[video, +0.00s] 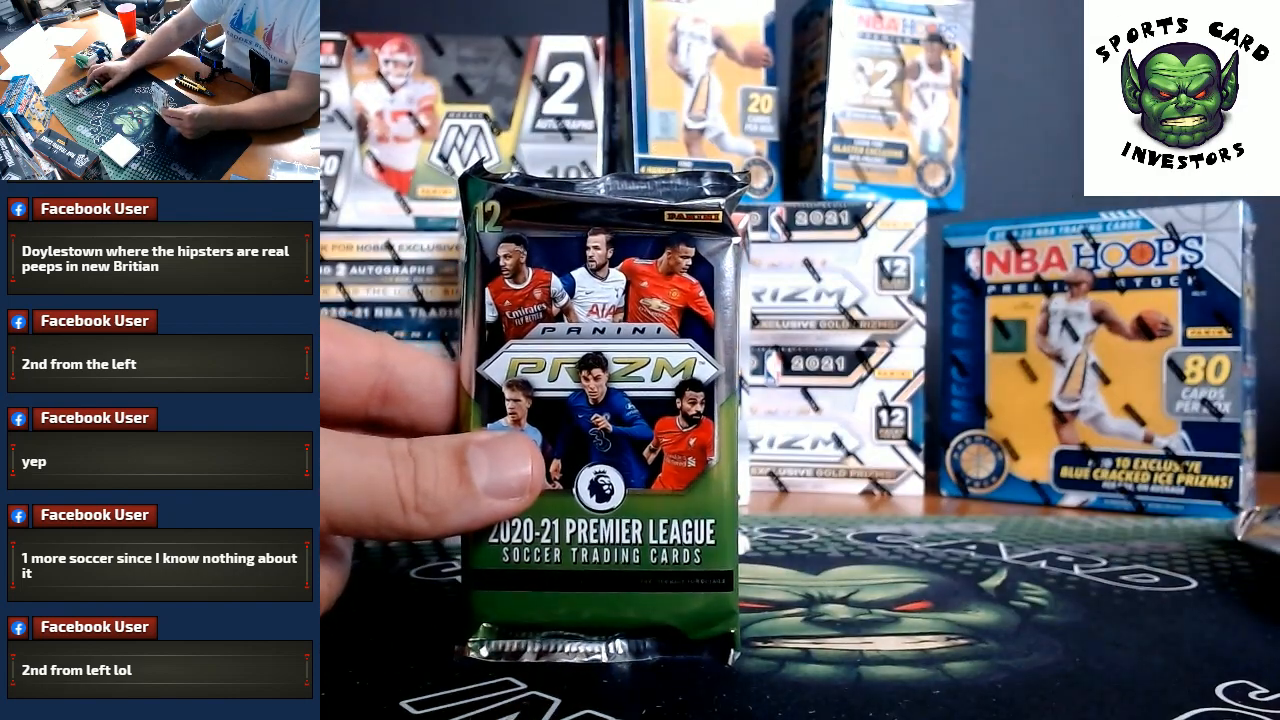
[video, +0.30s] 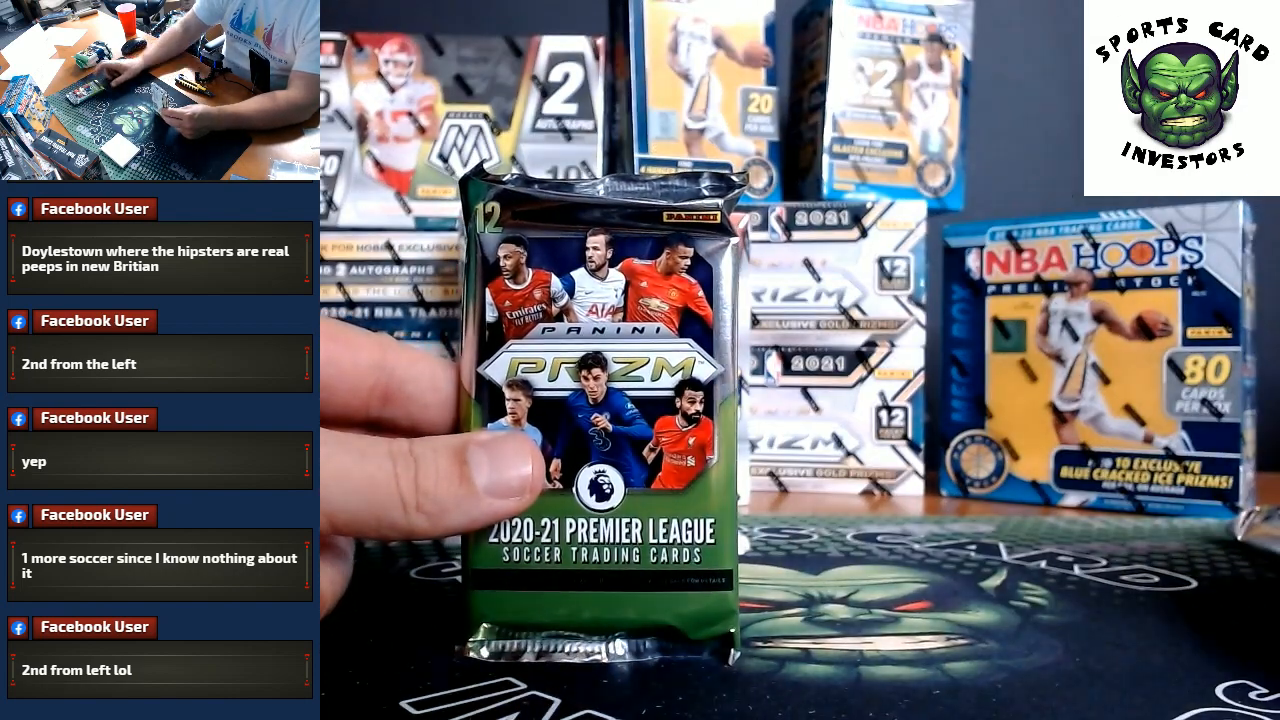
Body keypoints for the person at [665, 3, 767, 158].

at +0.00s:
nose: (695, 11)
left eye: (698, 8)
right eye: (690, 7)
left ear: (704, 8)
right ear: (685, 7)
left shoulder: (712, 31)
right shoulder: (679, 25)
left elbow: (734, 54)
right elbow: (671, 53)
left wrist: (756, 59)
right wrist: (678, 70)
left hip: (706, 84)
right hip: (691, 85)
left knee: (692, 139)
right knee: (724, 142)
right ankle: (756, 152)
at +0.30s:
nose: (695, 12)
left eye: (699, 9)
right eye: (691, 8)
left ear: (704, 9)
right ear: (685, 7)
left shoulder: (712, 31)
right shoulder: (679, 25)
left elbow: (734, 54)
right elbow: (671, 53)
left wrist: (757, 59)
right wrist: (678, 70)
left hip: (706, 84)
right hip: (691, 85)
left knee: (692, 138)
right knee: (724, 142)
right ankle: (757, 152)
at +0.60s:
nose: (694, 11)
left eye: (697, 8)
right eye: (689, 7)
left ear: (703, 8)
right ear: (684, 6)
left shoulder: (712, 31)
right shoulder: (679, 25)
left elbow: (734, 54)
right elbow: (671, 53)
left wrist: (757, 59)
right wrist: (678, 70)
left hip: (706, 84)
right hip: (692, 85)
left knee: (692, 138)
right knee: (724, 142)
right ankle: (757, 152)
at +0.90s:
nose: (694, 11)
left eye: (697, 7)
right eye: (688, 7)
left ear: (702, 8)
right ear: (683, 6)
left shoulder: (712, 31)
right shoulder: (679, 25)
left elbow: (734, 54)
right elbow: (671, 53)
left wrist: (756, 59)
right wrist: (678, 70)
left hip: (706, 84)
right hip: (692, 85)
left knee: (692, 138)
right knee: (724, 142)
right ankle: (758, 152)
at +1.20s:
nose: (695, 12)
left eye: (698, 9)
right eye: (690, 8)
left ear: (703, 9)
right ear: (684, 7)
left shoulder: (712, 31)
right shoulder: (678, 25)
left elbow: (734, 54)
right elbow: (671, 53)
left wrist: (757, 59)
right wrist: (678, 70)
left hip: (706, 84)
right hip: (691, 85)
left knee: (692, 138)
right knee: (724, 142)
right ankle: (757, 152)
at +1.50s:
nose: (695, 11)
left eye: (698, 8)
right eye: (690, 7)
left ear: (703, 8)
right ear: (684, 6)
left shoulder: (712, 30)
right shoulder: (679, 25)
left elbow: (734, 54)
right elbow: (671, 53)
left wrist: (755, 59)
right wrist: (678, 70)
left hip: (706, 84)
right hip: (692, 85)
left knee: (692, 138)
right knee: (724, 142)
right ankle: (756, 152)